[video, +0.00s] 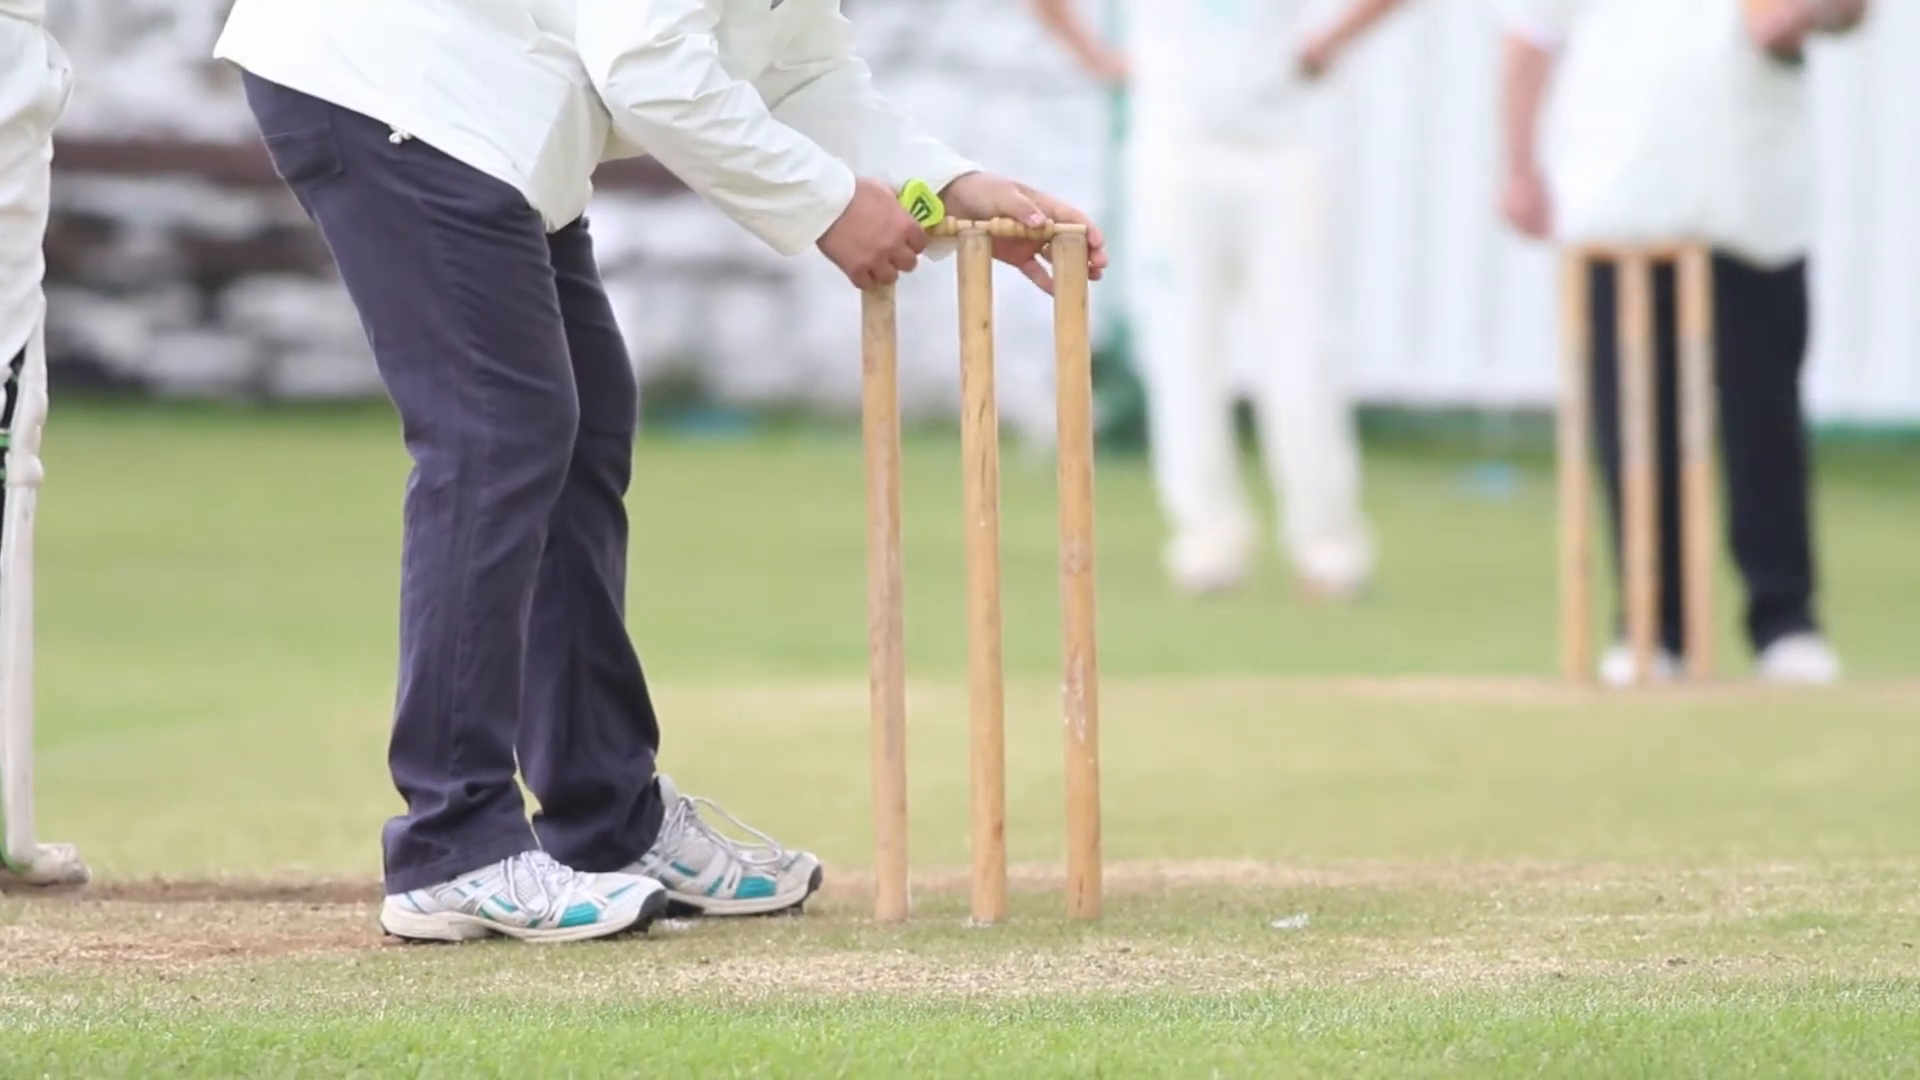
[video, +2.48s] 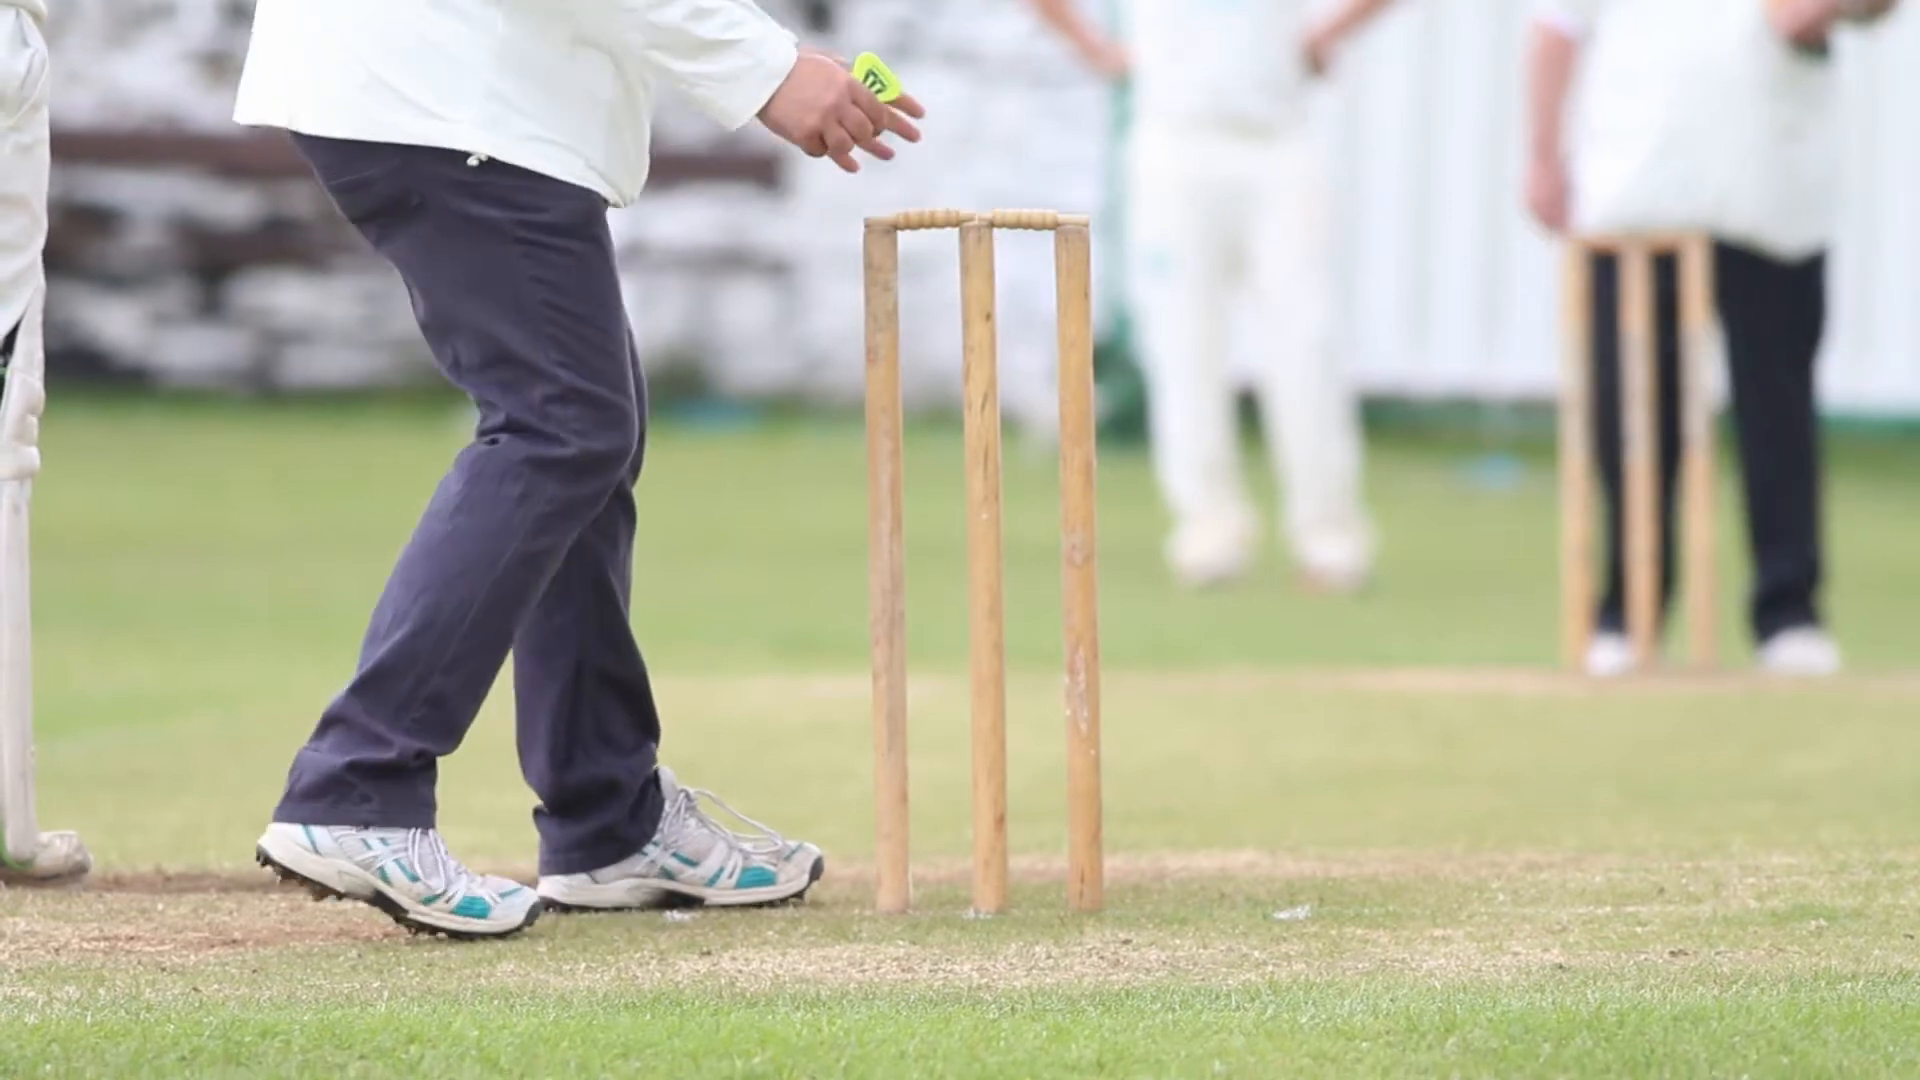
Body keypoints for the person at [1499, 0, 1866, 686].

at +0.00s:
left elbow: (1855, 10)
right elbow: (1530, 27)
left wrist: (1805, 13)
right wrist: (1521, 165)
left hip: (1754, 197)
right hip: (1616, 198)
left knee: (1763, 426)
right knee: (1632, 437)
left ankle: (1785, 628)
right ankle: (1651, 635)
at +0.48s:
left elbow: (1877, 10)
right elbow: (1556, 26)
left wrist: (1835, 13)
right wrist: (1555, 168)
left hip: (1783, 199)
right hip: (1639, 201)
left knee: (1782, 436)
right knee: (1647, 440)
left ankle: (1789, 629)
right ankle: (1652, 636)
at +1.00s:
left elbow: (1870, 22)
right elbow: (1613, 26)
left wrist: (1892, 14)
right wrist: (1606, 164)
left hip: (1833, 201)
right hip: (1694, 196)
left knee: (1811, 436)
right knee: (1682, 433)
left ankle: (1795, 627)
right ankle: (1662, 633)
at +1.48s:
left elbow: (1892, 29)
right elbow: (1634, 23)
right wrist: (1621, 155)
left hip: (1849, 194)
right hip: (1714, 186)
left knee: (1822, 421)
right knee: (1736, 408)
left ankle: (1797, 624)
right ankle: (1728, 624)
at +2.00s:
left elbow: (1879, 24)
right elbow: (1624, 24)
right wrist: (1612, 160)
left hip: (1836, 199)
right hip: (1696, 193)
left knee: (1812, 434)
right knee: (1678, 426)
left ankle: (1796, 624)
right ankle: (1642, 618)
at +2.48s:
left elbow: (1882, 6)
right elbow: (1558, 20)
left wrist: (1832, 9)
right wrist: (1545, 155)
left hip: (1777, 182)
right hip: (1632, 176)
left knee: (1777, 416)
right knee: (1629, 417)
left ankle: (1790, 620)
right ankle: (1624, 621)